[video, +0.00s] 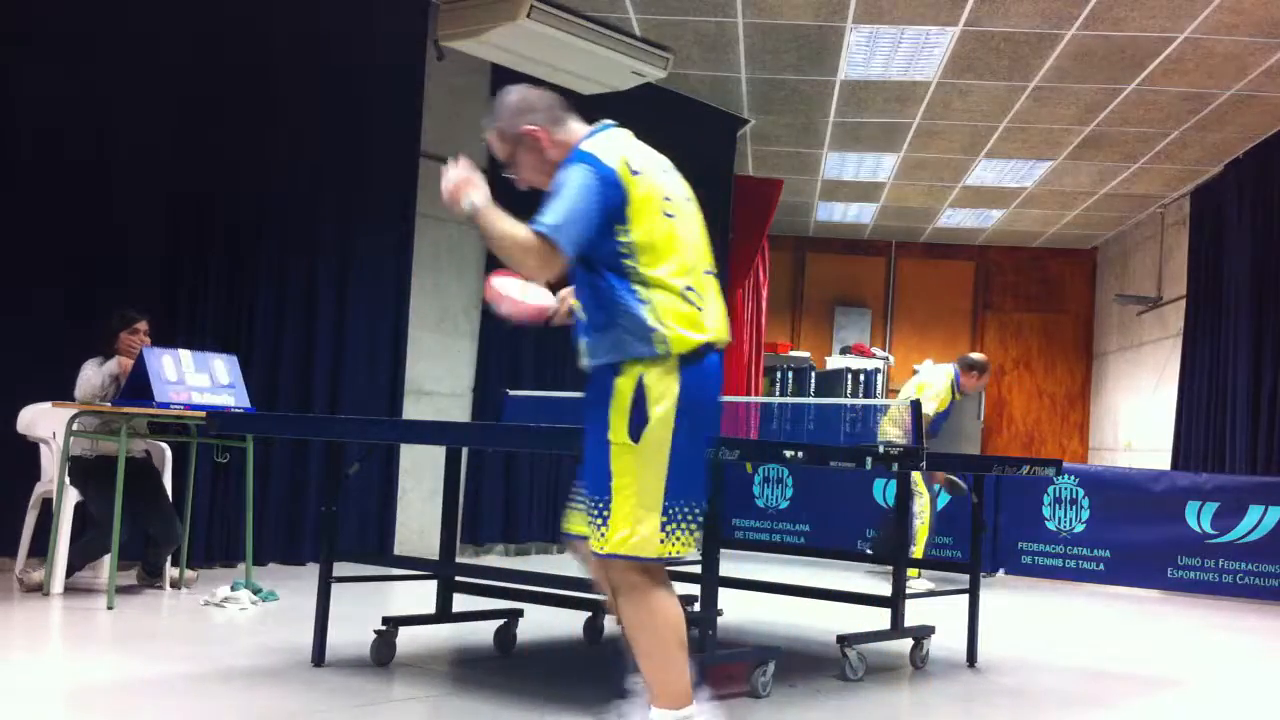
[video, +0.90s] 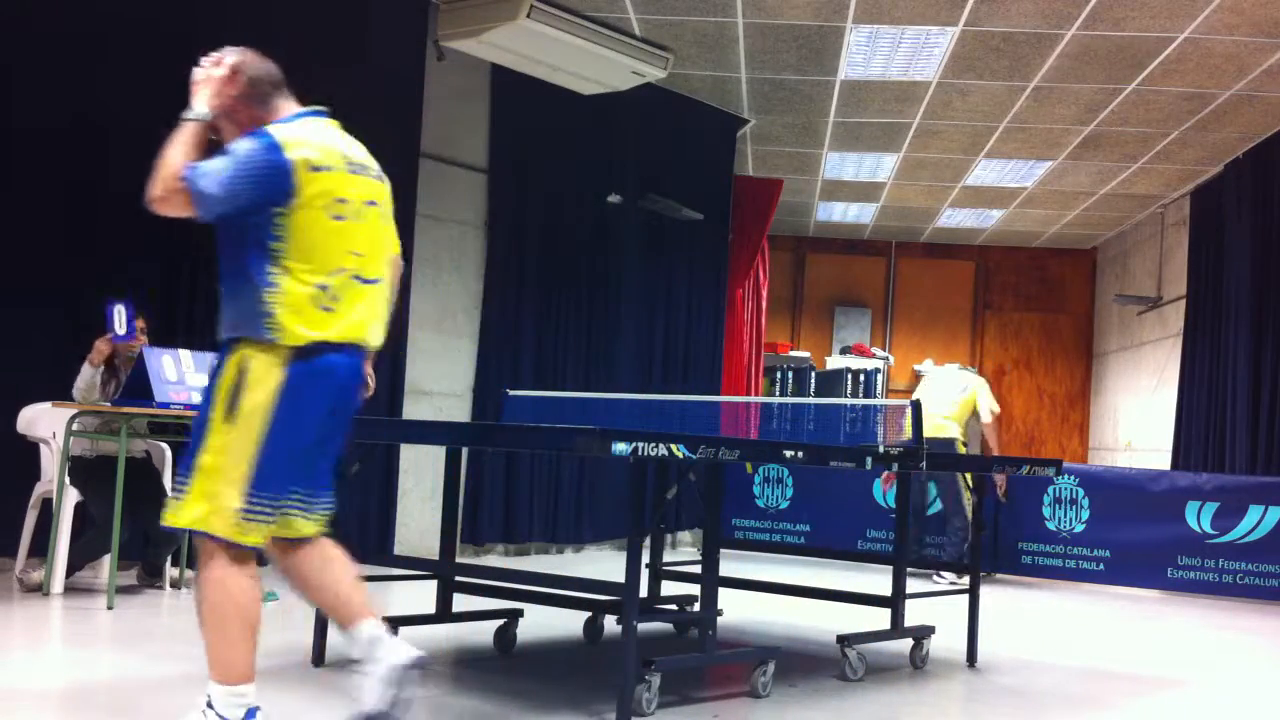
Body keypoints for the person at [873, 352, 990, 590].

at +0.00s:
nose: (981, 388)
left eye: (984, 383)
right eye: (983, 382)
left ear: (969, 372)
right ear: (972, 375)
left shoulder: (945, 380)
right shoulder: (940, 384)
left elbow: (924, 431)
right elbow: (915, 427)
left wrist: (936, 467)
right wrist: (930, 466)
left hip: (900, 442)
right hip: (897, 443)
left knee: (916, 501)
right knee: (922, 502)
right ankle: (910, 573)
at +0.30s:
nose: (999, 389)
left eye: (1002, 385)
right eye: (1002, 384)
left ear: (987, 365)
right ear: (998, 376)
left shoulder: (962, 368)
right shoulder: (970, 380)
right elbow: (943, 419)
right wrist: (945, 465)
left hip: (908, 430)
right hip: (916, 435)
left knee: (924, 497)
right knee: (927, 497)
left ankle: (912, 568)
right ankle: (913, 571)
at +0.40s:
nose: (1003, 390)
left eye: (1006, 386)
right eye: (1006, 385)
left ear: (990, 365)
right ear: (1002, 377)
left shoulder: (963, 369)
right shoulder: (979, 380)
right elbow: (952, 415)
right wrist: (951, 460)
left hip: (915, 435)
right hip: (928, 439)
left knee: (929, 498)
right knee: (938, 498)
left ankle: (916, 563)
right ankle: (916, 570)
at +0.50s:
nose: (1002, 388)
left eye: (1005, 385)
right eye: (1006, 384)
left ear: (991, 364)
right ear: (1003, 375)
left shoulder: (959, 369)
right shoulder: (984, 377)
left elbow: (931, 370)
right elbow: (962, 411)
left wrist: (926, 366)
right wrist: (960, 453)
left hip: (924, 433)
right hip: (939, 436)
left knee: (955, 497)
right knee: (956, 496)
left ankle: (938, 564)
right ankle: (927, 563)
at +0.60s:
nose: (999, 385)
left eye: (1002, 382)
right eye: (1002, 381)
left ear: (985, 360)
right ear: (1001, 372)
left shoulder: (952, 368)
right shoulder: (987, 373)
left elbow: (926, 404)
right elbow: (972, 407)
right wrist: (976, 447)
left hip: (922, 436)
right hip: (943, 436)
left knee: (949, 501)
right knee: (962, 499)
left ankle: (927, 561)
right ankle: (940, 564)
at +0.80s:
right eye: (991, 380)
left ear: (968, 364)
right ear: (988, 371)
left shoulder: (939, 370)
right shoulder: (984, 374)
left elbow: (915, 406)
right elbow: (987, 413)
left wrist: (899, 456)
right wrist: (997, 448)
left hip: (921, 437)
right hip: (949, 438)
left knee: (935, 501)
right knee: (959, 504)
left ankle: (941, 562)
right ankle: (948, 567)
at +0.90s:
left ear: (948, 368)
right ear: (971, 372)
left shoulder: (930, 376)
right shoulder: (977, 381)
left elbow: (912, 406)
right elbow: (987, 419)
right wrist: (997, 461)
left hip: (914, 443)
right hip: (946, 443)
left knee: (913, 506)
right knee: (959, 510)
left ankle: (909, 563)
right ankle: (949, 568)